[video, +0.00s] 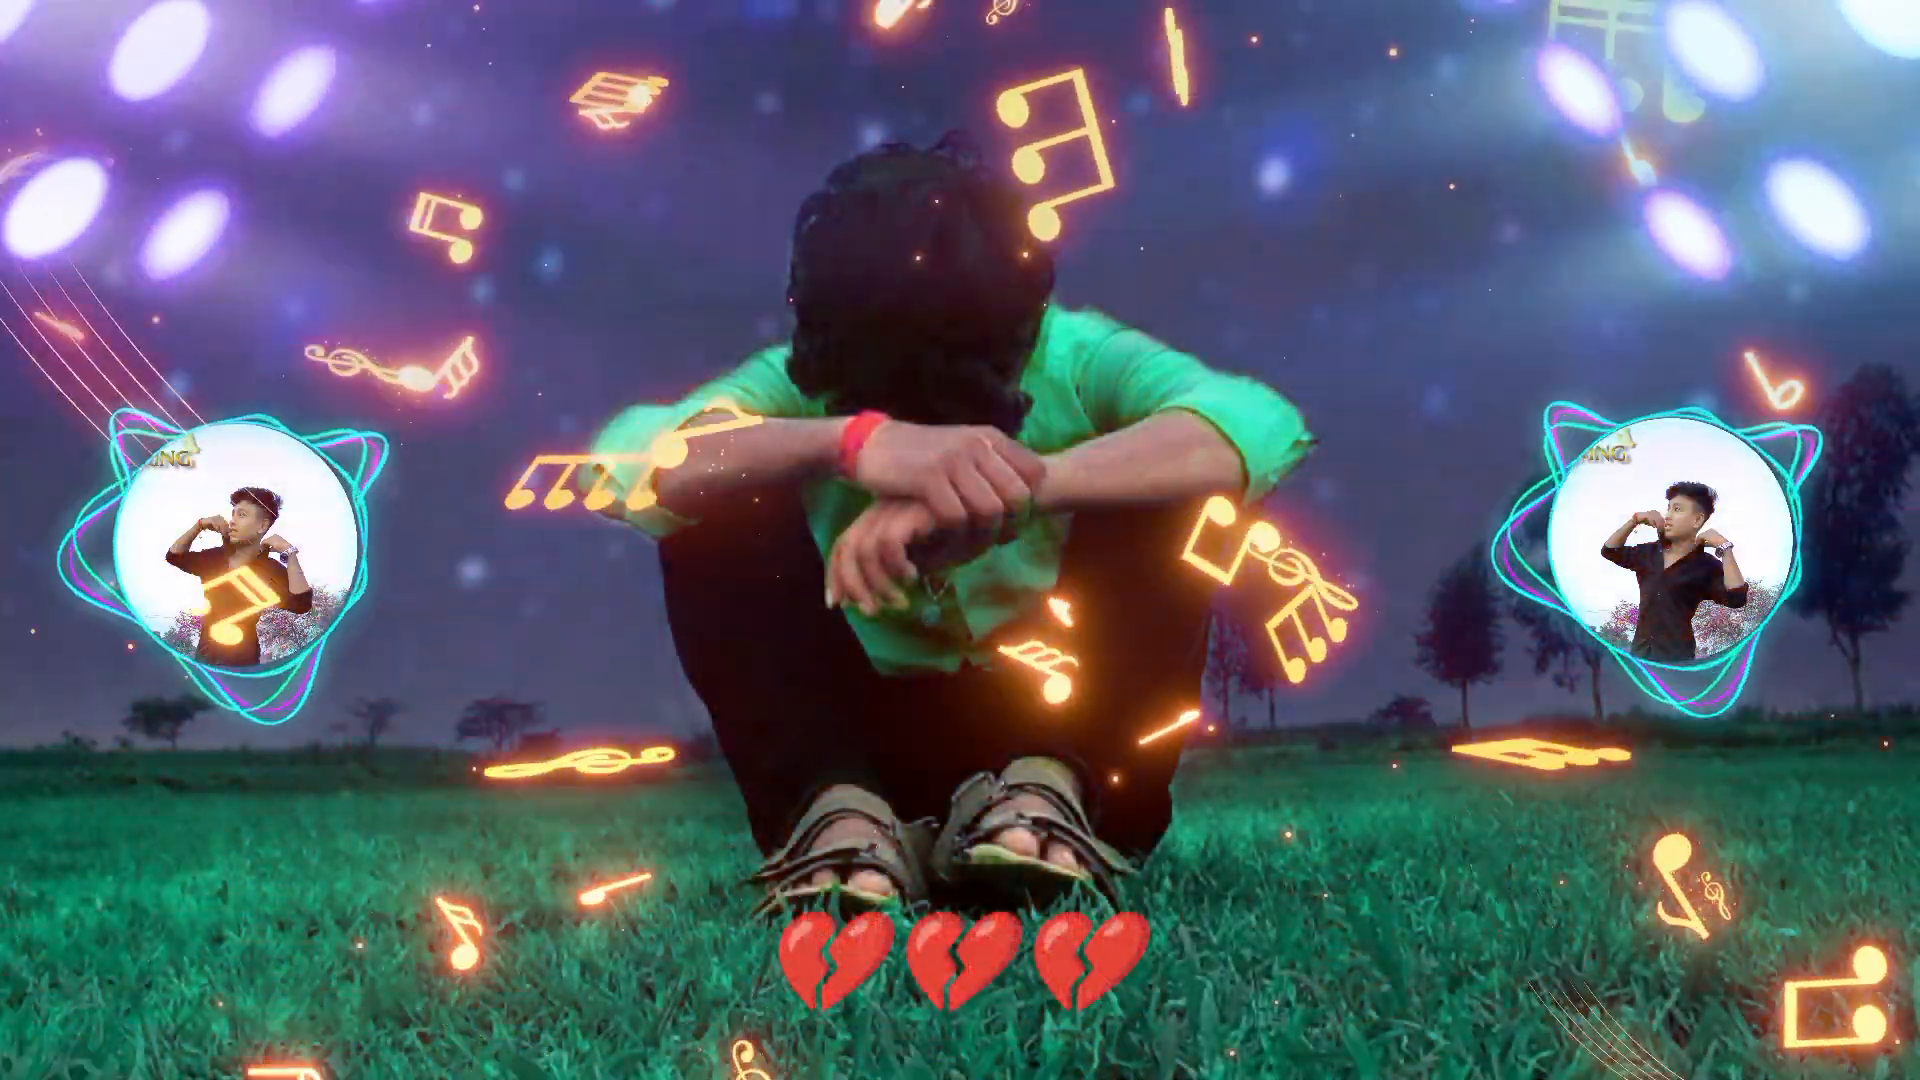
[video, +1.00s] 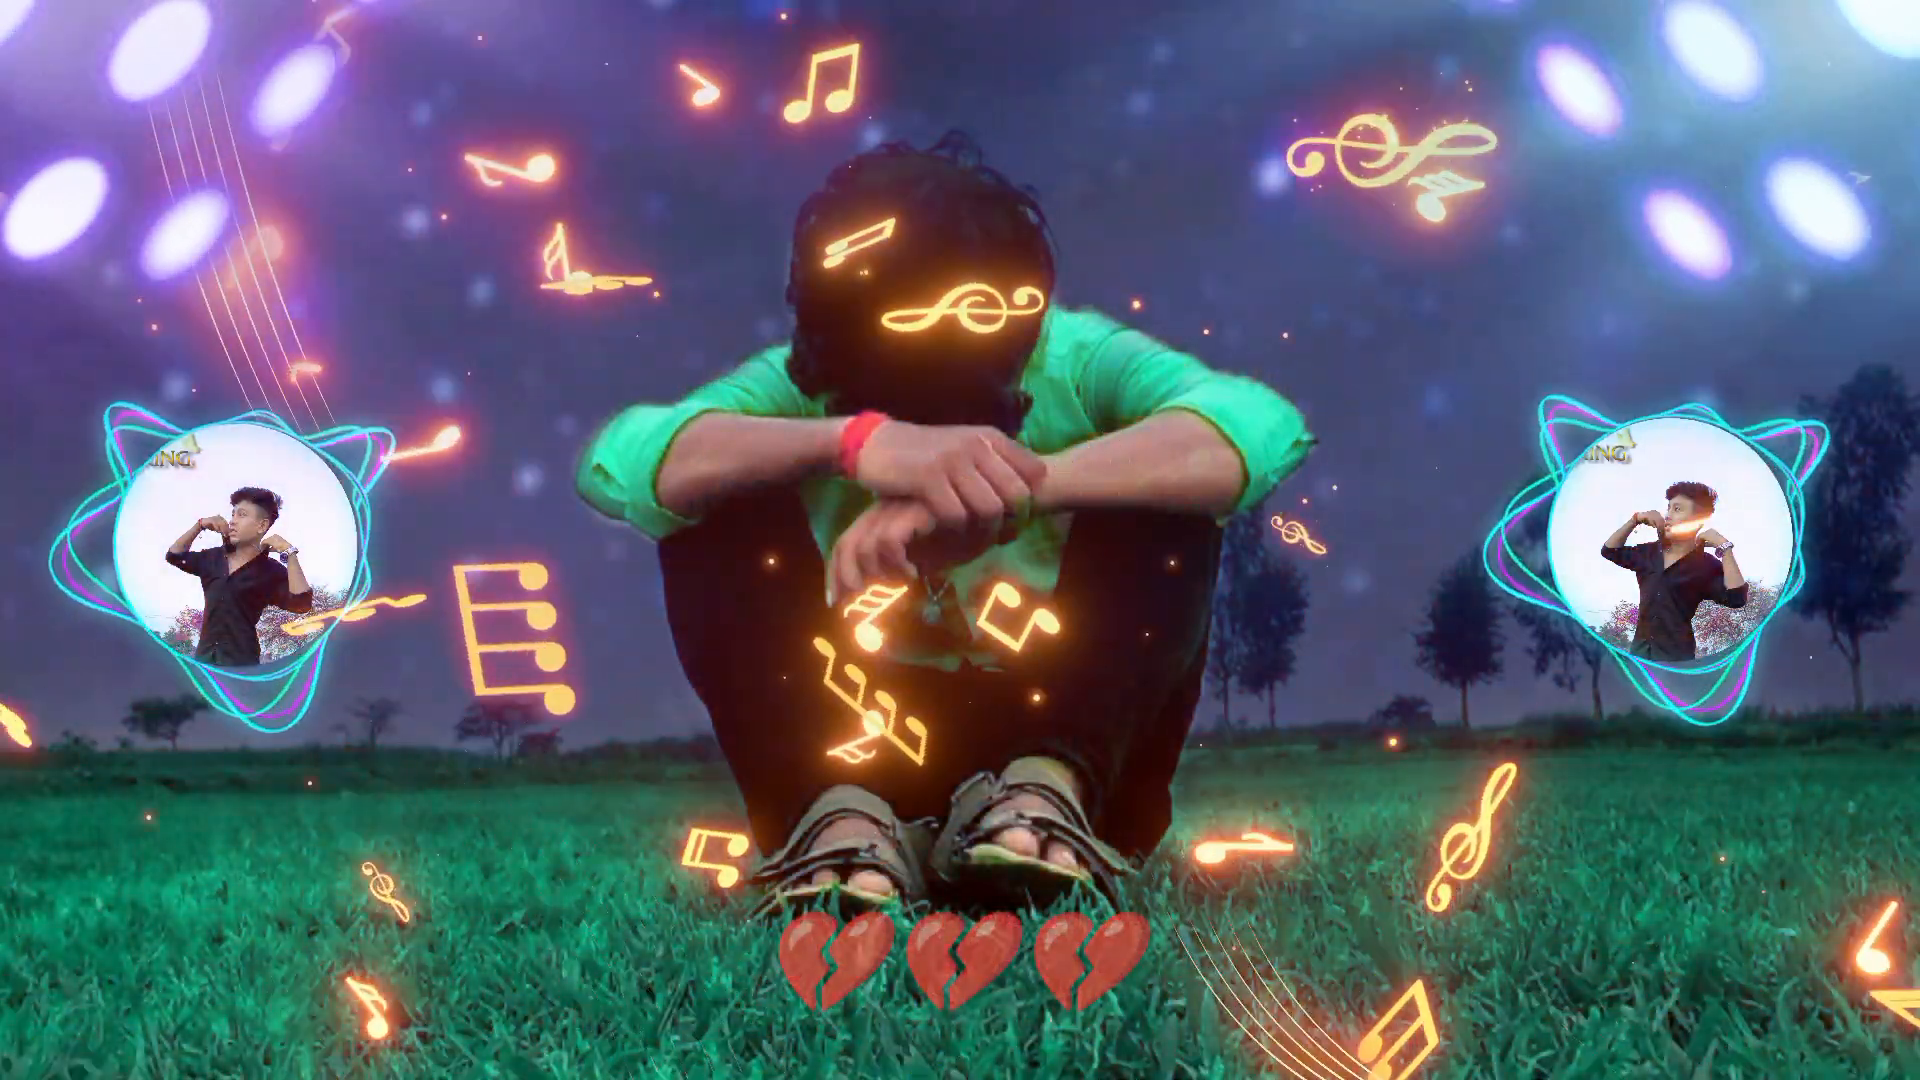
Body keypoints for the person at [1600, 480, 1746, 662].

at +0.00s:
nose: (1667, 515)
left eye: (1677, 509)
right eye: (1668, 509)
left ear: (1698, 519)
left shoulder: (1705, 565)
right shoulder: (1648, 553)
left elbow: (1737, 600)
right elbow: (1609, 551)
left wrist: (1725, 548)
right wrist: (1633, 522)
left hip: (1678, 659)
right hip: (1640, 654)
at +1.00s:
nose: (1667, 515)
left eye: (1677, 509)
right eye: (1668, 508)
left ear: (1698, 519)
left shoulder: (1705, 565)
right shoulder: (1648, 553)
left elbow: (1737, 600)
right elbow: (1609, 551)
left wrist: (1724, 547)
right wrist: (1634, 521)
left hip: (1677, 660)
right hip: (1639, 655)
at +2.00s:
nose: (1668, 516)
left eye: (1677, 509)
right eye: (1669, 509)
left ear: (1698, 519)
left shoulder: (1705, 565)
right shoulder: (1648, 553)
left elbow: (1737, 600)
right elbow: (1609, 551)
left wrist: (1725, 548)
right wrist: (1634, 521)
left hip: (1677, 659)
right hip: (1639, 654)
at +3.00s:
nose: (1667, 515)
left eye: (1677, 509)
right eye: (1668, 509)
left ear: (1698, 520)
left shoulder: (1705, 564)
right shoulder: (1647, 553)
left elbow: (1737, 599)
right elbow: (1609, 551)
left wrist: (1725, 547)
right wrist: (1634, 520)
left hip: (1677, 660)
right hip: (1638, 656)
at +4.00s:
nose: (1667, 515)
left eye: (1677, 509)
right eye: (1668, 509)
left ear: (1698, 520)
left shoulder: (1705, 564)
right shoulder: (1647, 553)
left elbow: (1737, 599)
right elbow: (1609, 551)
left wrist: (1725, 547)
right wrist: (1634, 520)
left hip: (1677, 660)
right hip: (1639, 655)